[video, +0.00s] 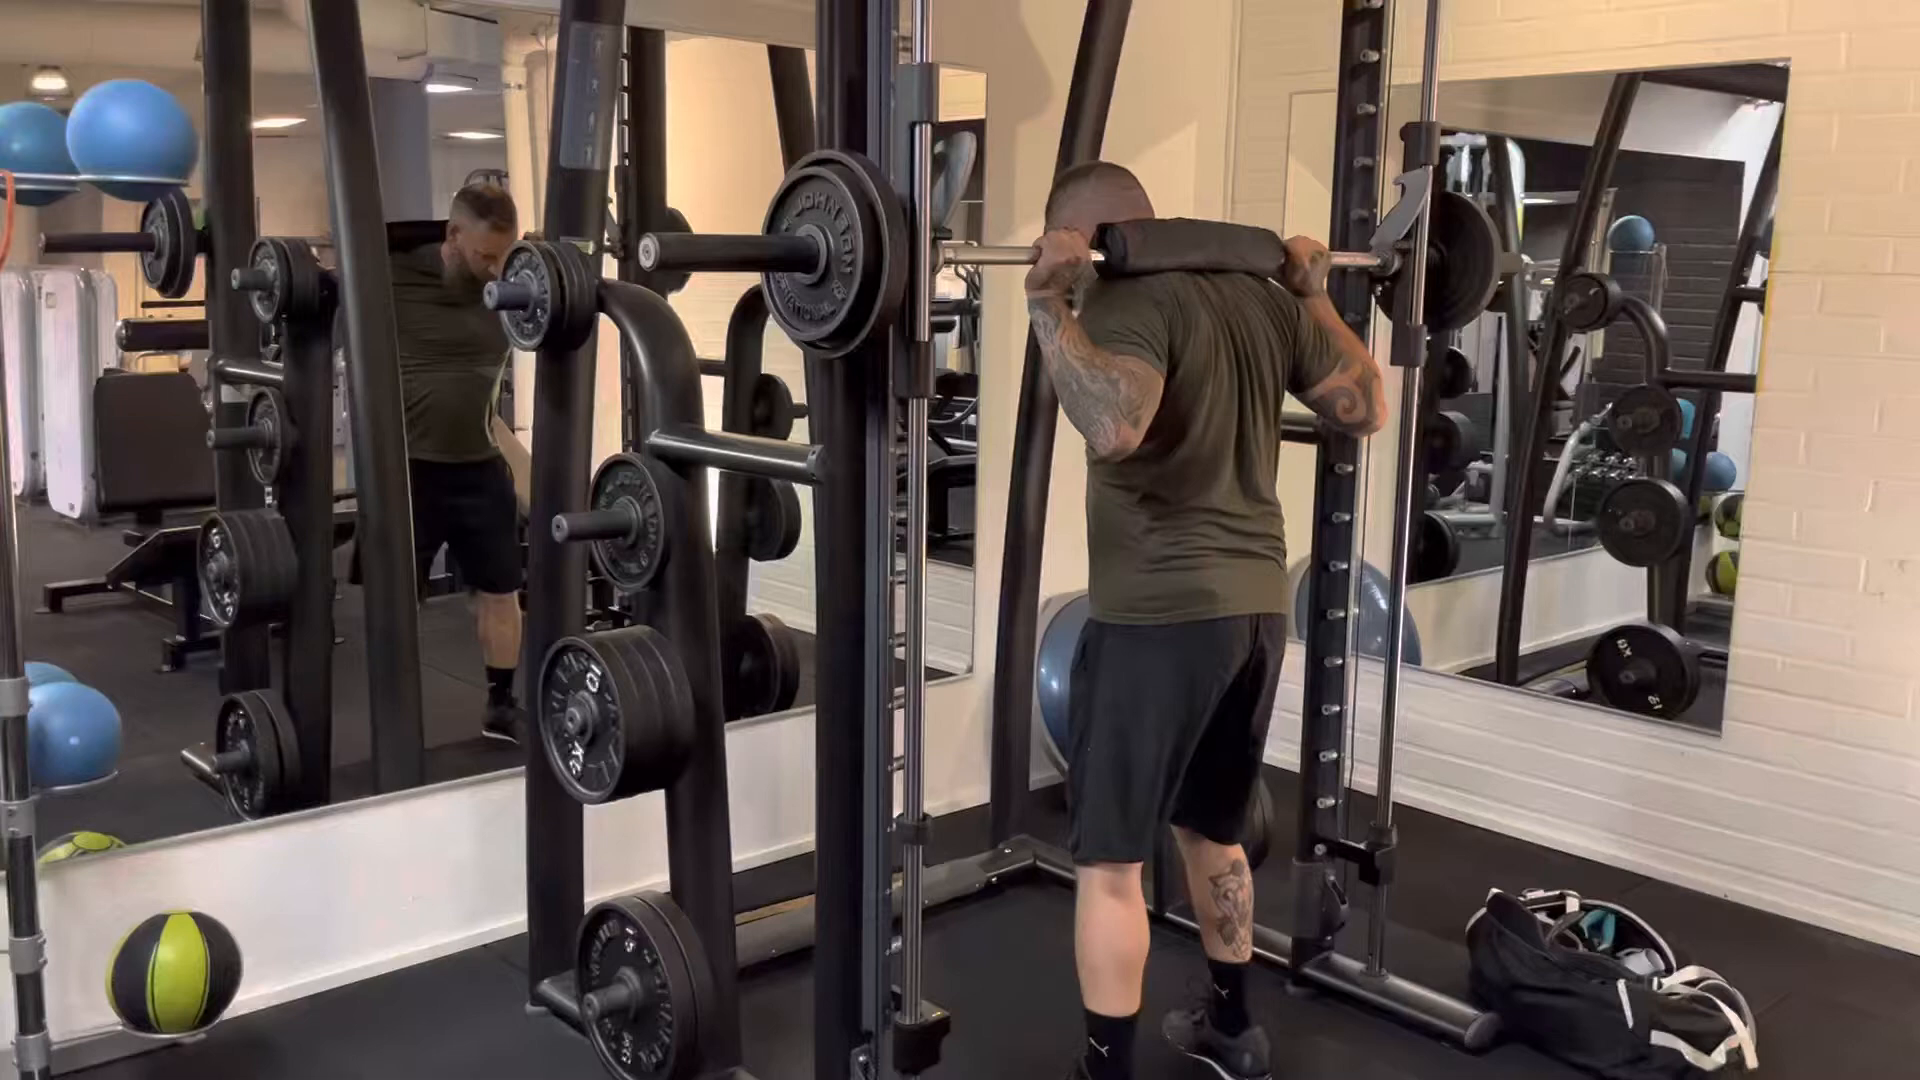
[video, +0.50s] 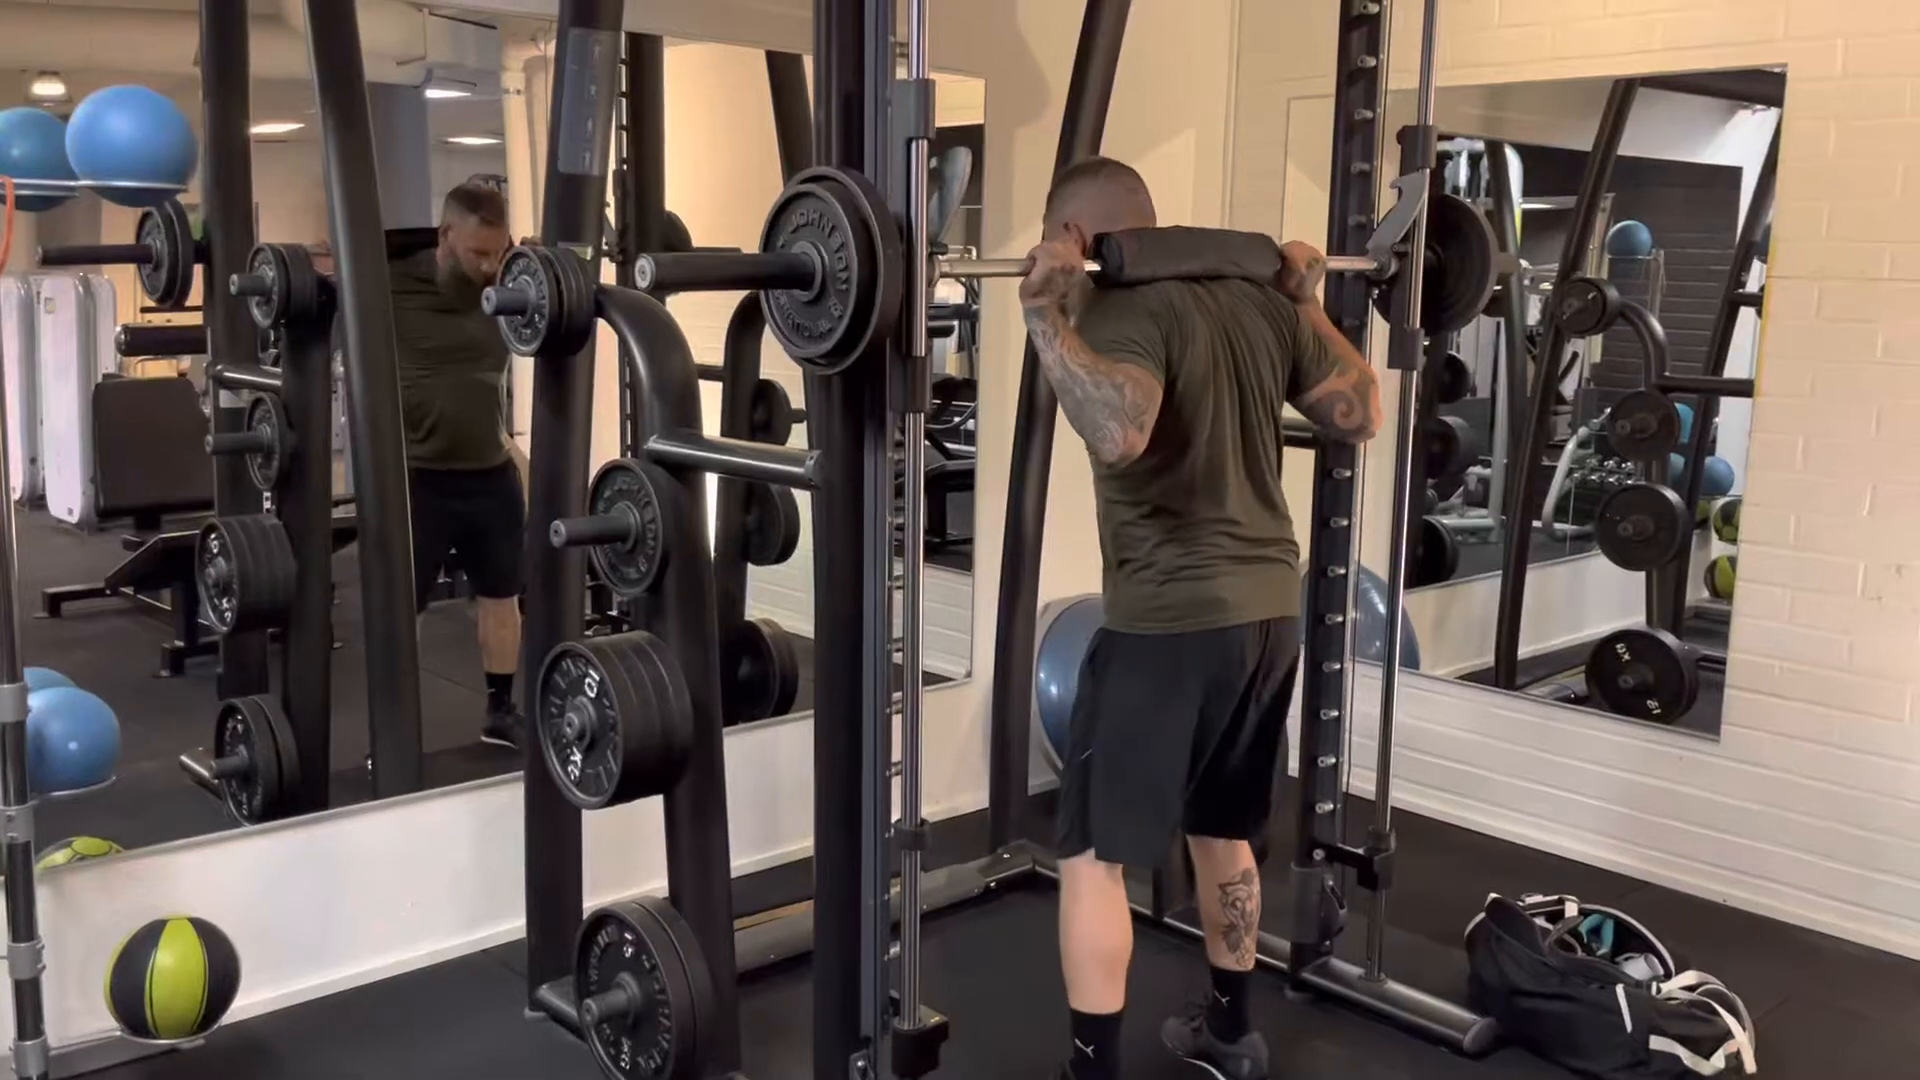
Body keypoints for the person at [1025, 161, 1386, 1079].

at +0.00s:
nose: (1066, 268)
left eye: (1066, 254)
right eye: (1060, 254)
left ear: (1093, 241)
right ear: (1149, 218)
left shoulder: (1139, 297)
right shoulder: (1261, 293)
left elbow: (1115, 425)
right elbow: (1364, 407)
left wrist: (1051, 306)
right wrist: (1316, 295)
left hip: (1157, 620)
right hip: (1255, 612)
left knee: (1112, 857)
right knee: (1212, 822)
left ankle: (1108, 1066)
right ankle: (1231, 1025)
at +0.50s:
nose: (1052, 264)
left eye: (1052, 248)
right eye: (1046, 251)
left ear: (1083, 239)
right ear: (1150, 225)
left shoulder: (1133, 306)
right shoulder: (1256, 298)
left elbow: (1121, 430)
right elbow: (1360, 412)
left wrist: (1047, 320)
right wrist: (1311, 305)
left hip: (1168, 625)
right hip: (1270, 615)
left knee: (1097, 853)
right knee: (1224, 822)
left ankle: (1094, 1065)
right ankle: (1233, 1031)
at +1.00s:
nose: (1073, 222)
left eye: (1077, 206)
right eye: (1078, 205)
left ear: (1101, 207)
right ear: (1180, 205)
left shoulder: (1127, 304)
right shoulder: (1254, 302)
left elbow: (1116, 429)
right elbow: (1349, 417)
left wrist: (1044, 310)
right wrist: (1306, 299)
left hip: (1152, 625)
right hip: (1253, 618)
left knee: (1088, 860)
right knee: (1224, 836)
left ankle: (1085, 1066)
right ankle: (1231, 1038)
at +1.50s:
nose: (1071, 222)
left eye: (1074, 207)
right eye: (1075, 206)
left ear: (1098, 209)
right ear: (1174, 207)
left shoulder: (1128, 300)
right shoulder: (1246, 303)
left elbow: (1134, 431)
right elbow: (1344, 421)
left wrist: (1059, 301)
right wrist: (1310, 297)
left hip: (1152, 625)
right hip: (1247, 616)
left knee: (1100, 858)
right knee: (1213, 830)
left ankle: (1092, 1068)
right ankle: (1228, 1040)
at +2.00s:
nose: (1068, 217)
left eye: (1071, 202)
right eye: (1072, 200)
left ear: (1095, 205)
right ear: (1175, 201)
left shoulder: (1125, 299)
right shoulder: (1243, 299)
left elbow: (1121, 427)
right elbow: (1342, 417)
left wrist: (1047, 305)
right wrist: (1306, 301)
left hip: (1148, 625)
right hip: (1244, 616)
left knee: (1095, 857)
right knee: (1206, 828)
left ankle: (1085, 1066)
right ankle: (1223, 1033)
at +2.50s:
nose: (1065, 213)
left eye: (1069, 198)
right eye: (1070, 197)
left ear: (1092, 198)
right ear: (1171, 194)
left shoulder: (1123, 285)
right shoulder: (1242, 286)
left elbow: (1117, 416)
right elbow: (1344, 404)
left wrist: (1044, 291)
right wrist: (1304, 290)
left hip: (1143, 611)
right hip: (1239, 605)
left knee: (1093, 845)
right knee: (1206, 811)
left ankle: (1082, 1064)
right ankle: (1229, 1016)